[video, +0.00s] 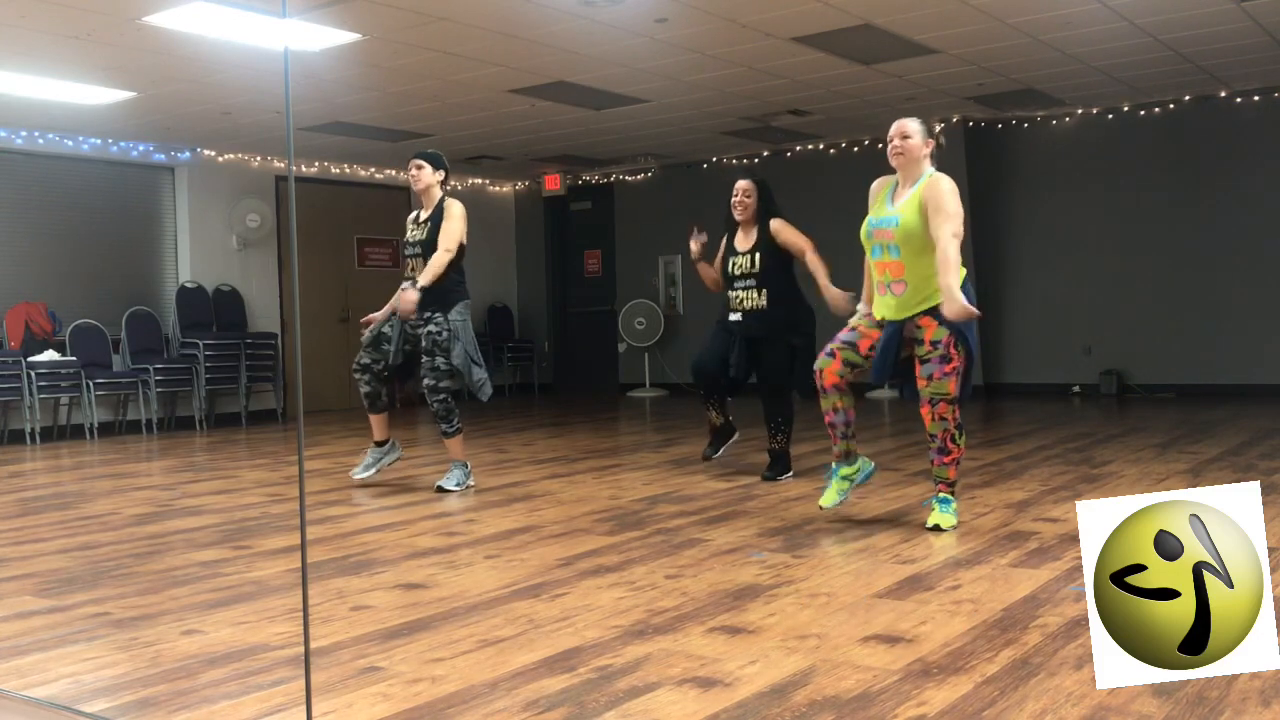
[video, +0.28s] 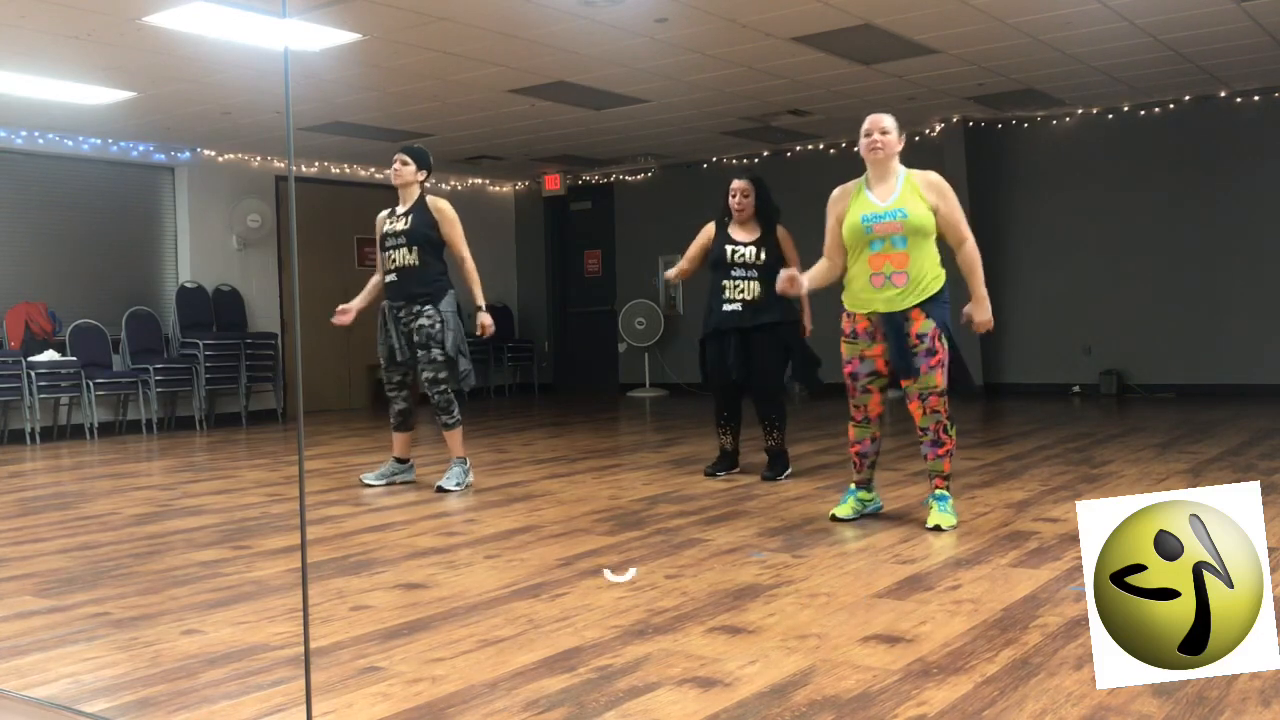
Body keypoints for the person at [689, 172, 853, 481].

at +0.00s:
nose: (738, 200)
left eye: (746, 195)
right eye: (735, 194)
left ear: (759, 201)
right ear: (730, 200)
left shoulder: (774, 228)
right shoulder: (728, 239)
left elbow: (808, 251)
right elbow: (716, 284)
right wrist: (698, 259)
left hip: (775, 326)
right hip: (737, 326)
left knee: (774, 388)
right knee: (705, 368)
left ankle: (780, 458)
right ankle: (721, 428)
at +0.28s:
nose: (738, 200)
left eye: (745, 195)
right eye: (733, 194)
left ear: (757, 199)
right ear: (727, 199)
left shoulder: (776, 233)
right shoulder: (713, 230)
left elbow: (796, 275)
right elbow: (689, 262)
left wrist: (805, 314)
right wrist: (677, 272)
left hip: (768, 329)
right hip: (724, 329)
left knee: (768, 392)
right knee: (725, 392)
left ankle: (777, 457)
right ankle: (728, 456)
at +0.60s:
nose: (728, 198)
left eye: (735, 192)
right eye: (724, 193)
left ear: (750, 197)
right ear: (719, 198)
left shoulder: (769, 233)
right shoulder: (706, 232)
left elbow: (788, 272)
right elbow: (688, 275)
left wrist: (791, 309)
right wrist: (673, 312)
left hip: (762, 326)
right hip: (721, 327)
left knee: (757, 381)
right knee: (724, 388)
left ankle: (776, 448)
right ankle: (727, 455)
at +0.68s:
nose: (729, 198)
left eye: (736, 193)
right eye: (725, 193)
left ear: (751, 198)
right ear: (720, 198)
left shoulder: (770, 234)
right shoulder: (711, 233)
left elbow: (787, 281)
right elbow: (703, 275)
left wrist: (786, 322)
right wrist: (699, 316)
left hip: (762, 330)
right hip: (722, 330)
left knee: (766, 393)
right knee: (726, 393)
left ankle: (779, 458)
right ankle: (728, 456)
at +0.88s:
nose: (730, 198)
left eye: (738, 193)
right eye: (727, 193)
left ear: (753, 199)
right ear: (723, 200)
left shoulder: (766, 228)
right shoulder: (723, 236)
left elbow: (802, 250)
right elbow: (732, 277)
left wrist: (795, 274)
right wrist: (721, 310)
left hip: (768, 327)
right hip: (728, 329)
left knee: (771, 390)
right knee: (703, 378)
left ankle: (781, 459)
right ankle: (719, 439)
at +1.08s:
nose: (740, 198)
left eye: (747, 194)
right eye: (736, 192)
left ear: (756, 199)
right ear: (726, 197)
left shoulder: (769, 224)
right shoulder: (717, 236)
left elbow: (799, 259)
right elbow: (715, 280)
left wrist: (832, 285)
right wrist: (684, 289)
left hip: (768, 323)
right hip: (727, 326)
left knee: (771, 387)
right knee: (719, 387)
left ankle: (781, 459)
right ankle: (724, 455)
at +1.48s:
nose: (729, 203)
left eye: (736, 198)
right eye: (724, 196)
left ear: (743, 202)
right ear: (713, 199)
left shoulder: (755, 232)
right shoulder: (695, 236)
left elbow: (779, 272)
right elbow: (676, 276)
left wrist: (808, 304)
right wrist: (654, 253)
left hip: (755, 328)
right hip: (712, 331)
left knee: (756, 387)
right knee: (717, 392)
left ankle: (768, 454)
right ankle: (725, 456)